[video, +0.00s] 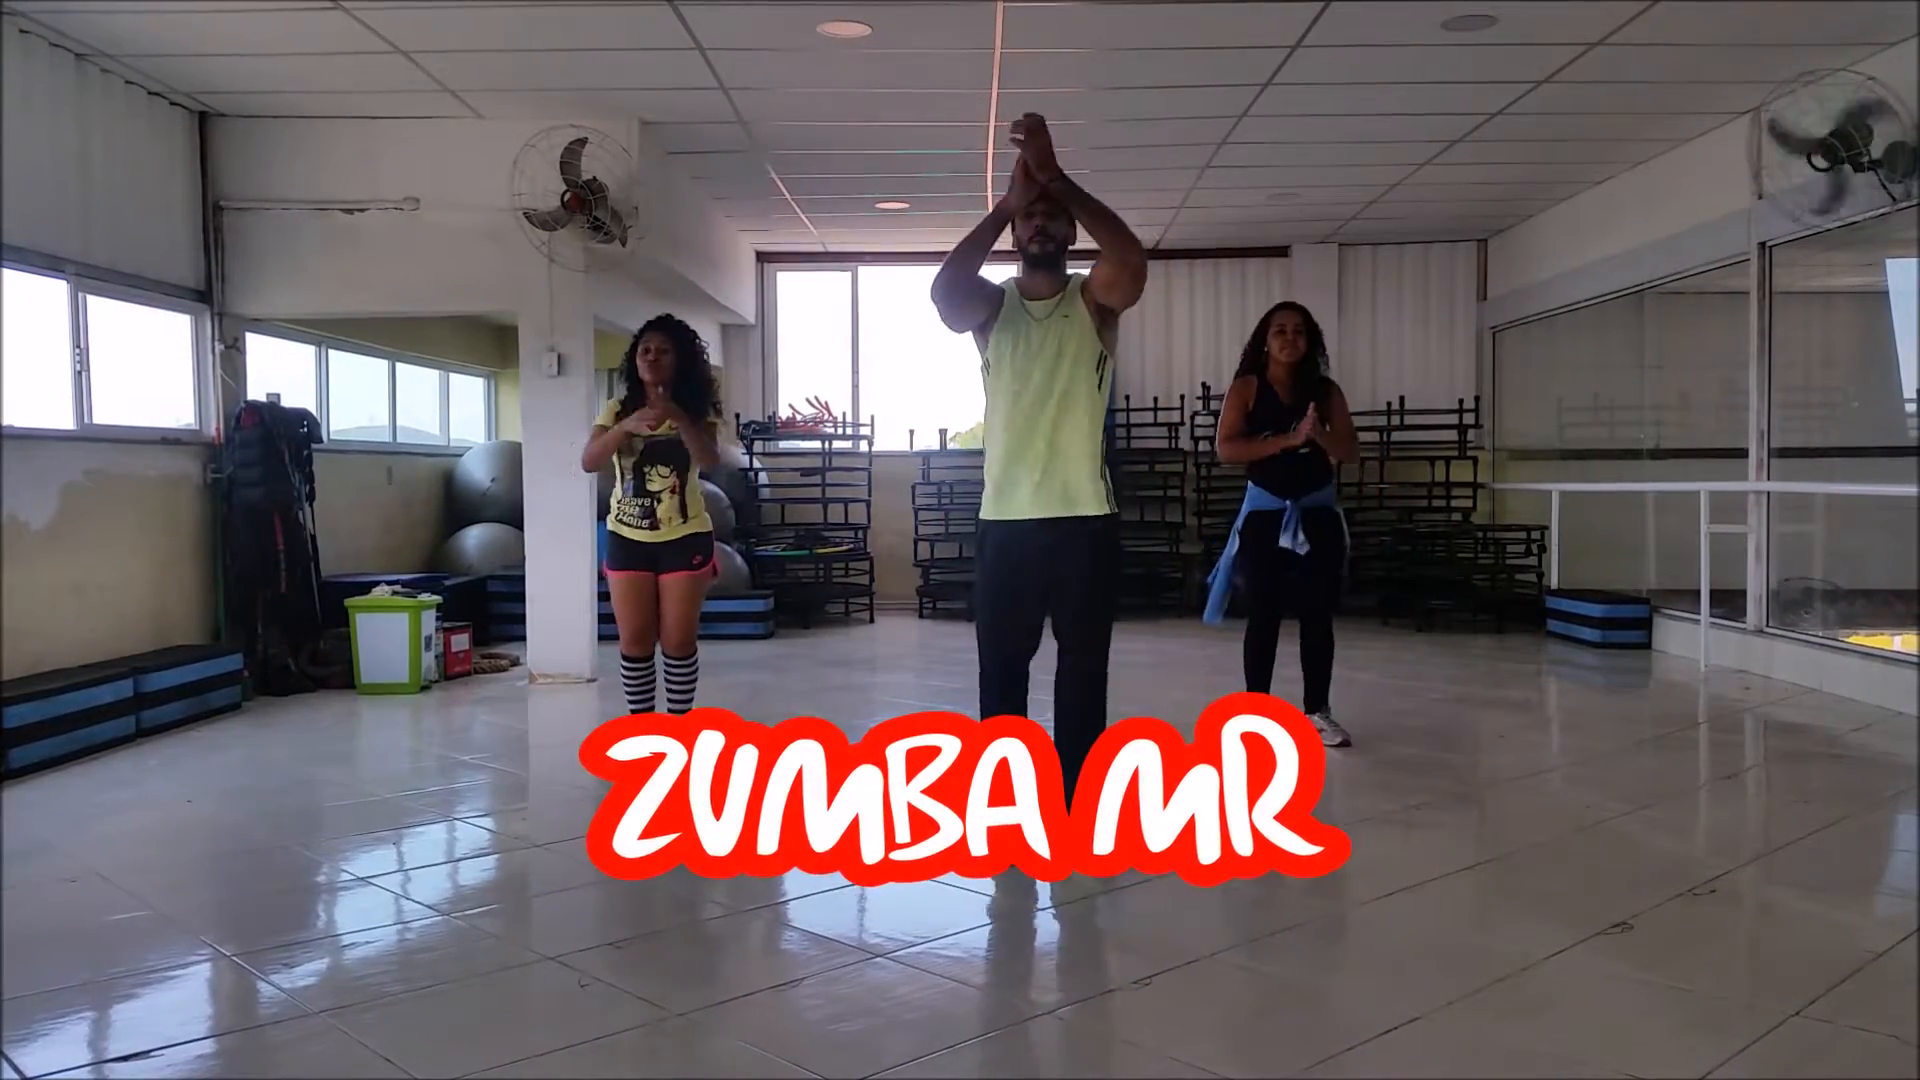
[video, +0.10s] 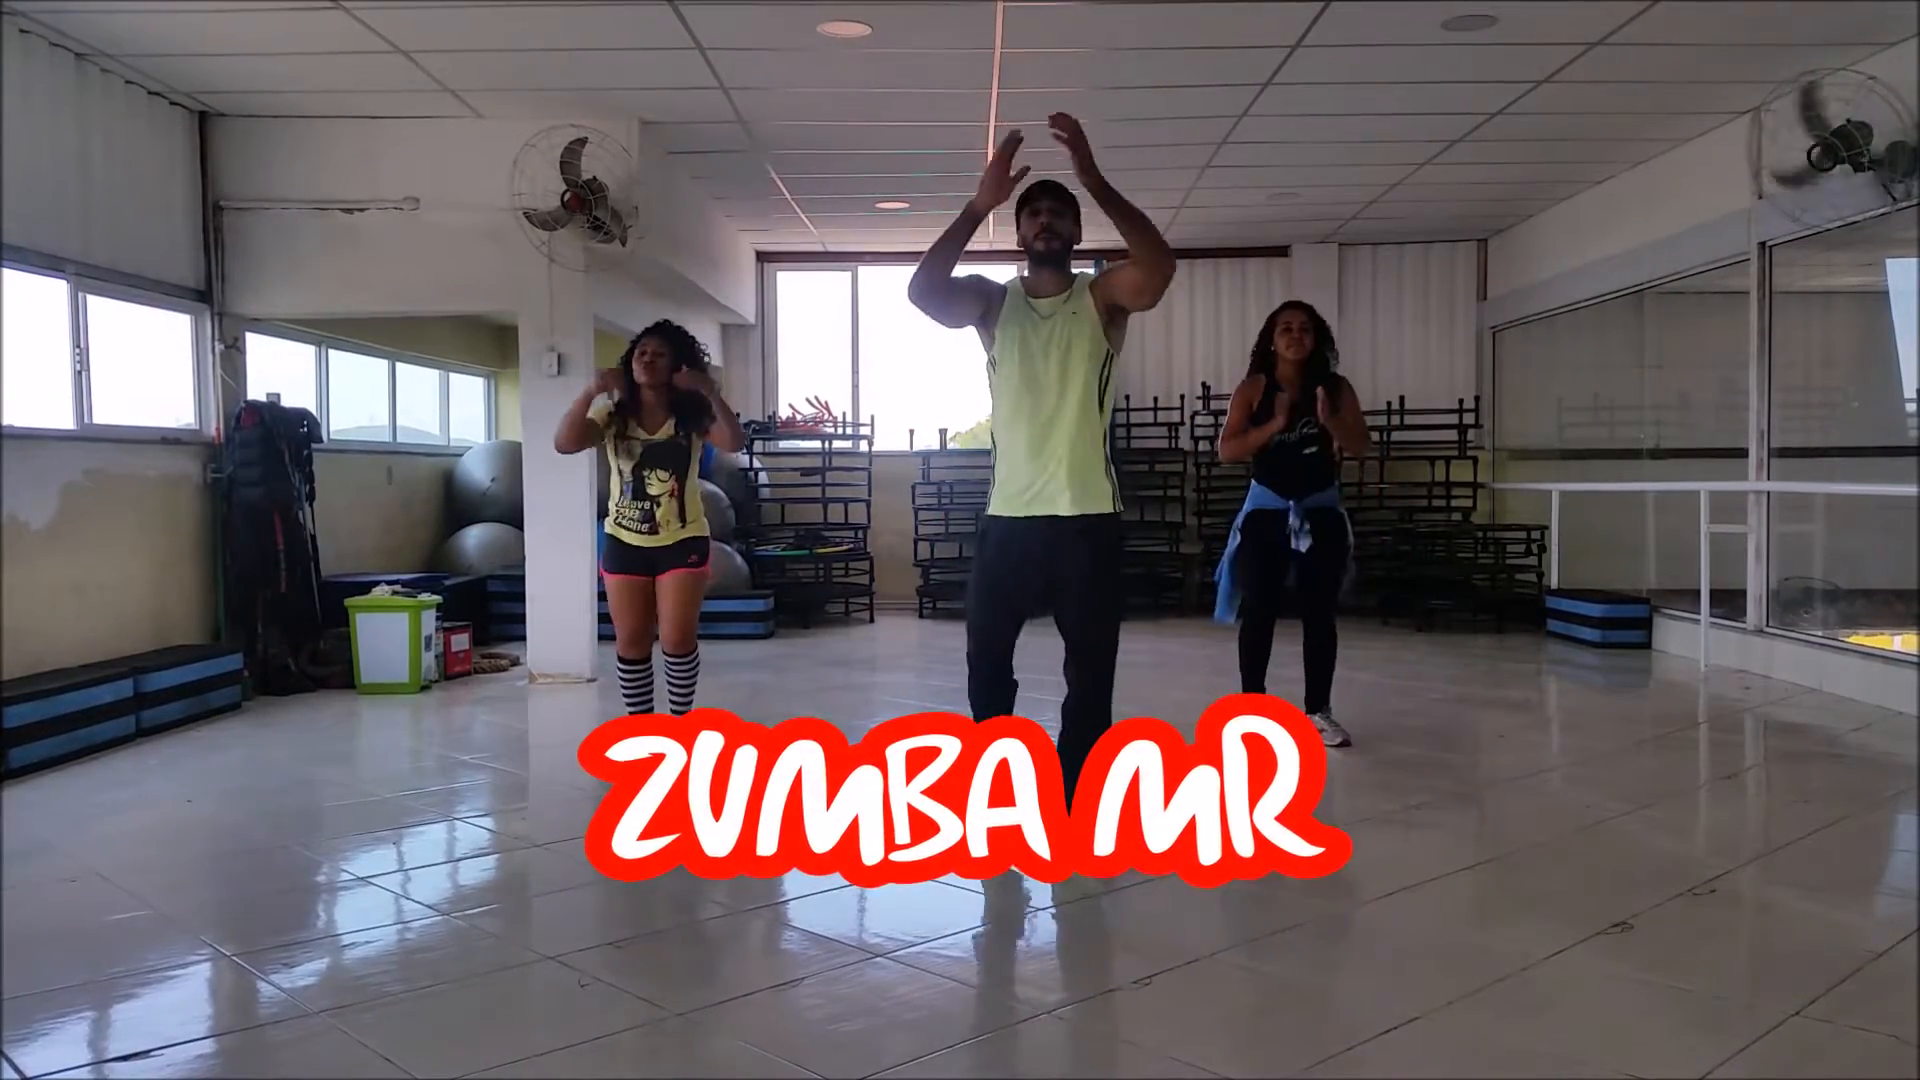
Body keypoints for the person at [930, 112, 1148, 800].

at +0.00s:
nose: (1041, 224)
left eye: (1053, 214)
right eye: (1030, 215)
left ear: (1073, 230)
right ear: (1013, 233)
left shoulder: (1095, 301)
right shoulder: (993, 306)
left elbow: (1129, 258)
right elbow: (947, 290)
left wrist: (1058, 180)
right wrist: (1002, 212)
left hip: (1085, 522)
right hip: (1007, 523)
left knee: (1083, 686)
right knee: (1001, 684)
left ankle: (1079, 818)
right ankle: (999, 816)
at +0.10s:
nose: (1046, 220)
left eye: (1059, 213)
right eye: (1034, 213)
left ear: (1079, 230)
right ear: (1017, 234)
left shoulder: (1101, 293)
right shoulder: (993, 302)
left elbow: (1158, 266)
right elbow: (924, 290)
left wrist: (1094, 182)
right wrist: (980, 204)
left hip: (1089, 521)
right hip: (1009, 521)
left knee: (1091, 687)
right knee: (986, 679)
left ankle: (1079, 819)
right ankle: (991, 811)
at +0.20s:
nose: (1048, 221)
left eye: (1060, 215)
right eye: (1036, 215)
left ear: (1079, 235)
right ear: (1020, 236)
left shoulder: (1106, 303)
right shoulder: (993, 308)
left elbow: (1163, 271)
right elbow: (922, 292)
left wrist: (1127, 177)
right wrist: (954, 194)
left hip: (1091, 526)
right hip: (1010, 524)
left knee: (1098, 685)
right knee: (976, 652)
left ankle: (1080, 818)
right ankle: (980, 795)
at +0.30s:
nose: (1048, 217)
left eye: (1060, 210)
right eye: (1036, 209)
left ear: (1078, 227)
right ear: (1020, 227)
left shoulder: (1102, 296)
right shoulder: (997, 301)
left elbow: (1142, 266)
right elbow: (944, 290)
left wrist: (1103, 168)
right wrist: (968, 196)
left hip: (1089, 520)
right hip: (1009, 520)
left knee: (1095, 688)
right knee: (982, 674)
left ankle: (1082, 822)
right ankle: (979, 811)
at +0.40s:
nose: (1039, 221)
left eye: (1052, 211)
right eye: (1030, 215)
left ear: (1073, 230)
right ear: (1016, 235)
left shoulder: (1096, 299)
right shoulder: (992, 302)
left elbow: (1126, 252)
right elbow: (953, 288)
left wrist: (1048, 172)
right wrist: (1013, 209)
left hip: (1086, 516)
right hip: (1006, 517)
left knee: (1091, 687)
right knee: (991, 684)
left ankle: (1082, 824)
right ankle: (995, 825)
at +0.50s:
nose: (1035, 221)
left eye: (1047, 211)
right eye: (1023, 213)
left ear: (1064, 226)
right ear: (1002, 229)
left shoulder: (1089, 296)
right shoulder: (981, 305)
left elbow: (1137, 250)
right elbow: (934, 283)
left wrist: (1063, 172)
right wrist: (996, 208)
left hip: (1084, 524)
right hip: (1002, 526)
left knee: (1099, 683)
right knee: (997, 690)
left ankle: (1082, 820)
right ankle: (988, 828)